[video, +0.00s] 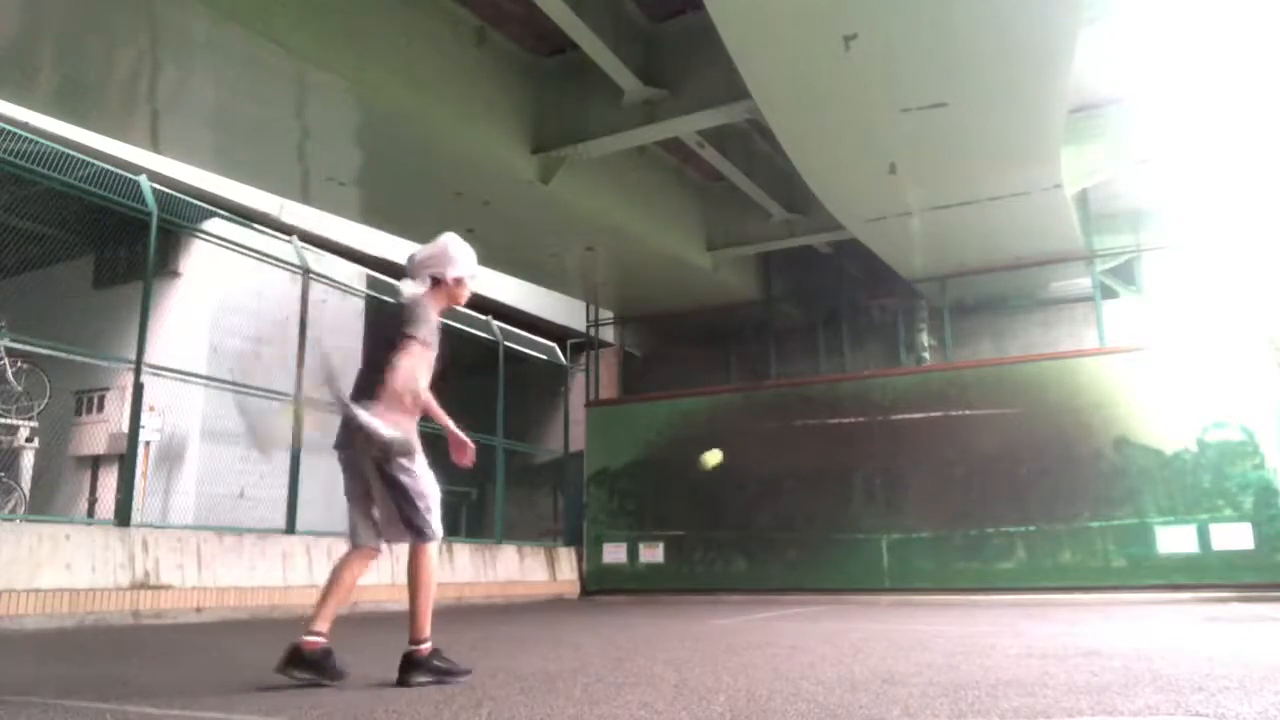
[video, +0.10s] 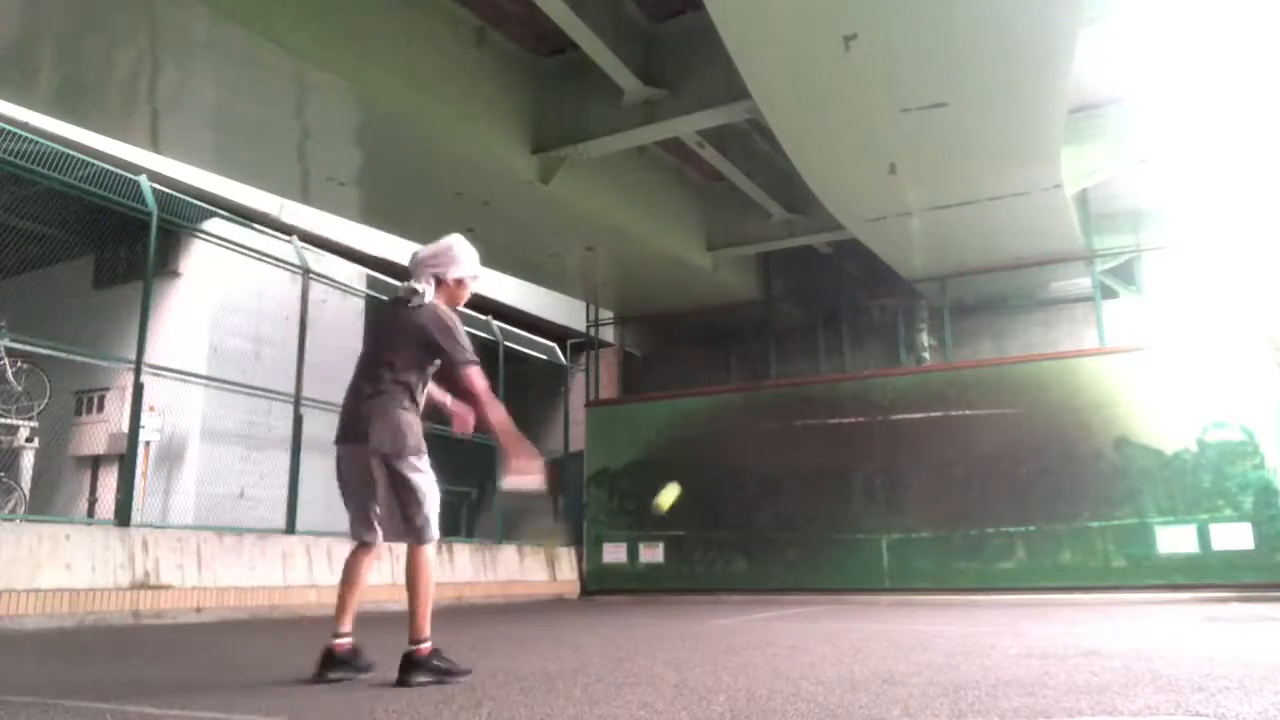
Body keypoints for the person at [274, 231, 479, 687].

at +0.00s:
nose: (469, 290)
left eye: (470, 281)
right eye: (467, 281)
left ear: (434, 278)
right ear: (447, 279)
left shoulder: (405, 313)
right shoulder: (423, 317)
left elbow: (416, 386)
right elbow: (398, 379)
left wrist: (451, 429)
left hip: (357, 435)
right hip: (391, 436)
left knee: (367, 543)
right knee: (426, 536)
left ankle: (311, 643)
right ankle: (421, 652)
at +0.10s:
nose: (470, 294)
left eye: (471, 285)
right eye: (468, 284)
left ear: (429, 278)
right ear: (447, 280)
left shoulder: (386, 311)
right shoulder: (437, 317)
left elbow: (400, 375)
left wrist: (449, 403)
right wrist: (517, 447)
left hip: (352, 433)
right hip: (396, 433)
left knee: (368, 540)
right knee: (422, 537)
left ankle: (339, 646)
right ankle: (420, 652)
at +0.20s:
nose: (465, 293)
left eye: (467, 284)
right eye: (463, 283)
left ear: (424, 277)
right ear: (443, 279)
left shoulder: (382, 312)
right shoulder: (442, 321)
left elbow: (400, 357)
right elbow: (498, 377)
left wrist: (446, 368)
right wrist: (553, 414)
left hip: (354, 436)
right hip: (398, 438)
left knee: (366, 536)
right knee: (422, 540)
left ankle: (344, 642)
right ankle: (421, 652)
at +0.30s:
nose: (460, 289)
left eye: (460, 280)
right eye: (457, 280)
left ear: (416, 277)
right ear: (440, 279)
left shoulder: (379, 311)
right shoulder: (444, 318)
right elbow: (492, 352)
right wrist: (529, 362)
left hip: (359, 438)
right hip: (404, 442)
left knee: (359, 536)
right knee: (424, 540)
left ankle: (328, 636)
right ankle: (421, 652)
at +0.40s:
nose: (447, 290)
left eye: (448, 282)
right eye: (446, 282)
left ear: (406, 276)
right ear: (433, 281)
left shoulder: (373, 310)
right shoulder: (434, 317)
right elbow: (477, 328)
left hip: (359, 440)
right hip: (403, 445)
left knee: (349, 541)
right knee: (422, 541)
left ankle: (317, 640)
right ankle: (421, 651)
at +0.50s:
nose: (437, 293)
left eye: (436, 285)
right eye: (435, 285)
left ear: (395, 280)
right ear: (421, 285)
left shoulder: (364, 316)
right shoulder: (425, 318)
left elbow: (340, 334)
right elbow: (451, 333)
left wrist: (373, 300)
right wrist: (419, 300)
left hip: (351, 442)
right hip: (394, 445)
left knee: (342, 541)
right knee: (415, 540)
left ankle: (316, 643)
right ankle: (421, 649)